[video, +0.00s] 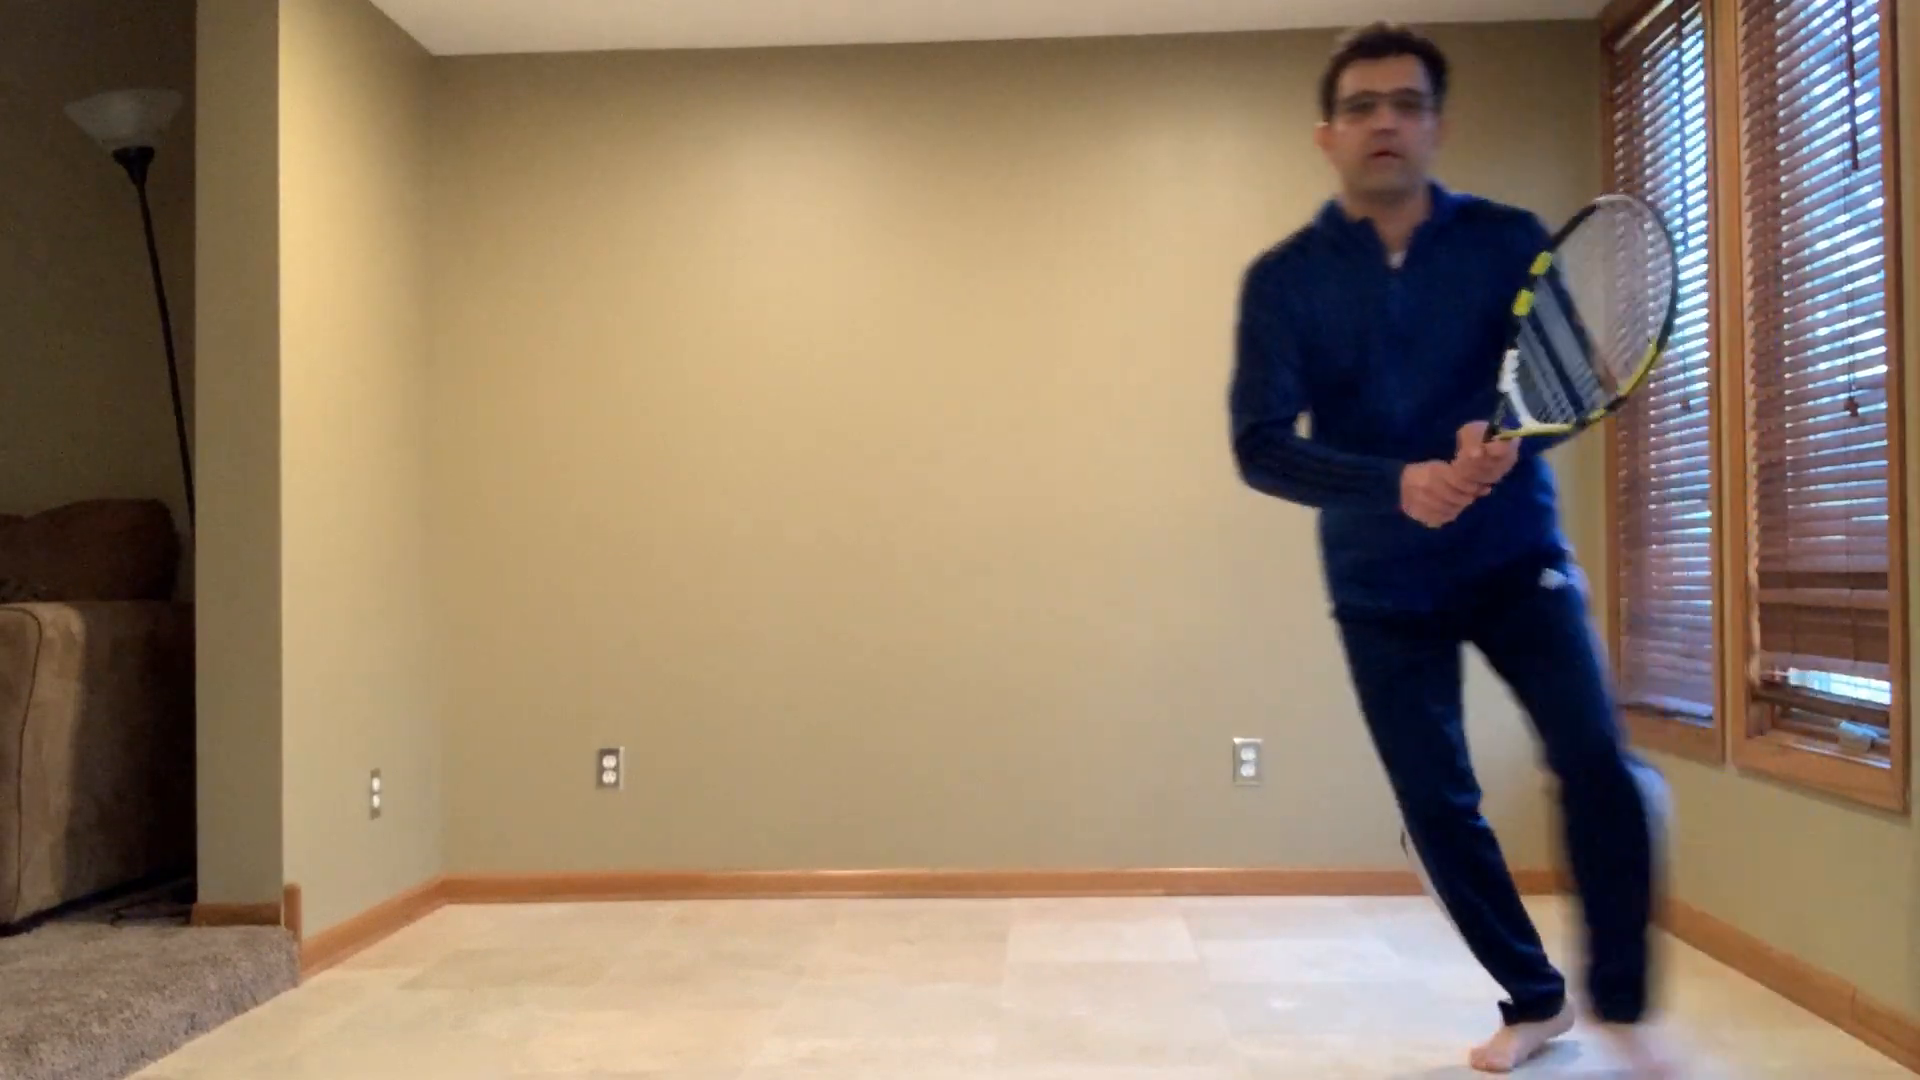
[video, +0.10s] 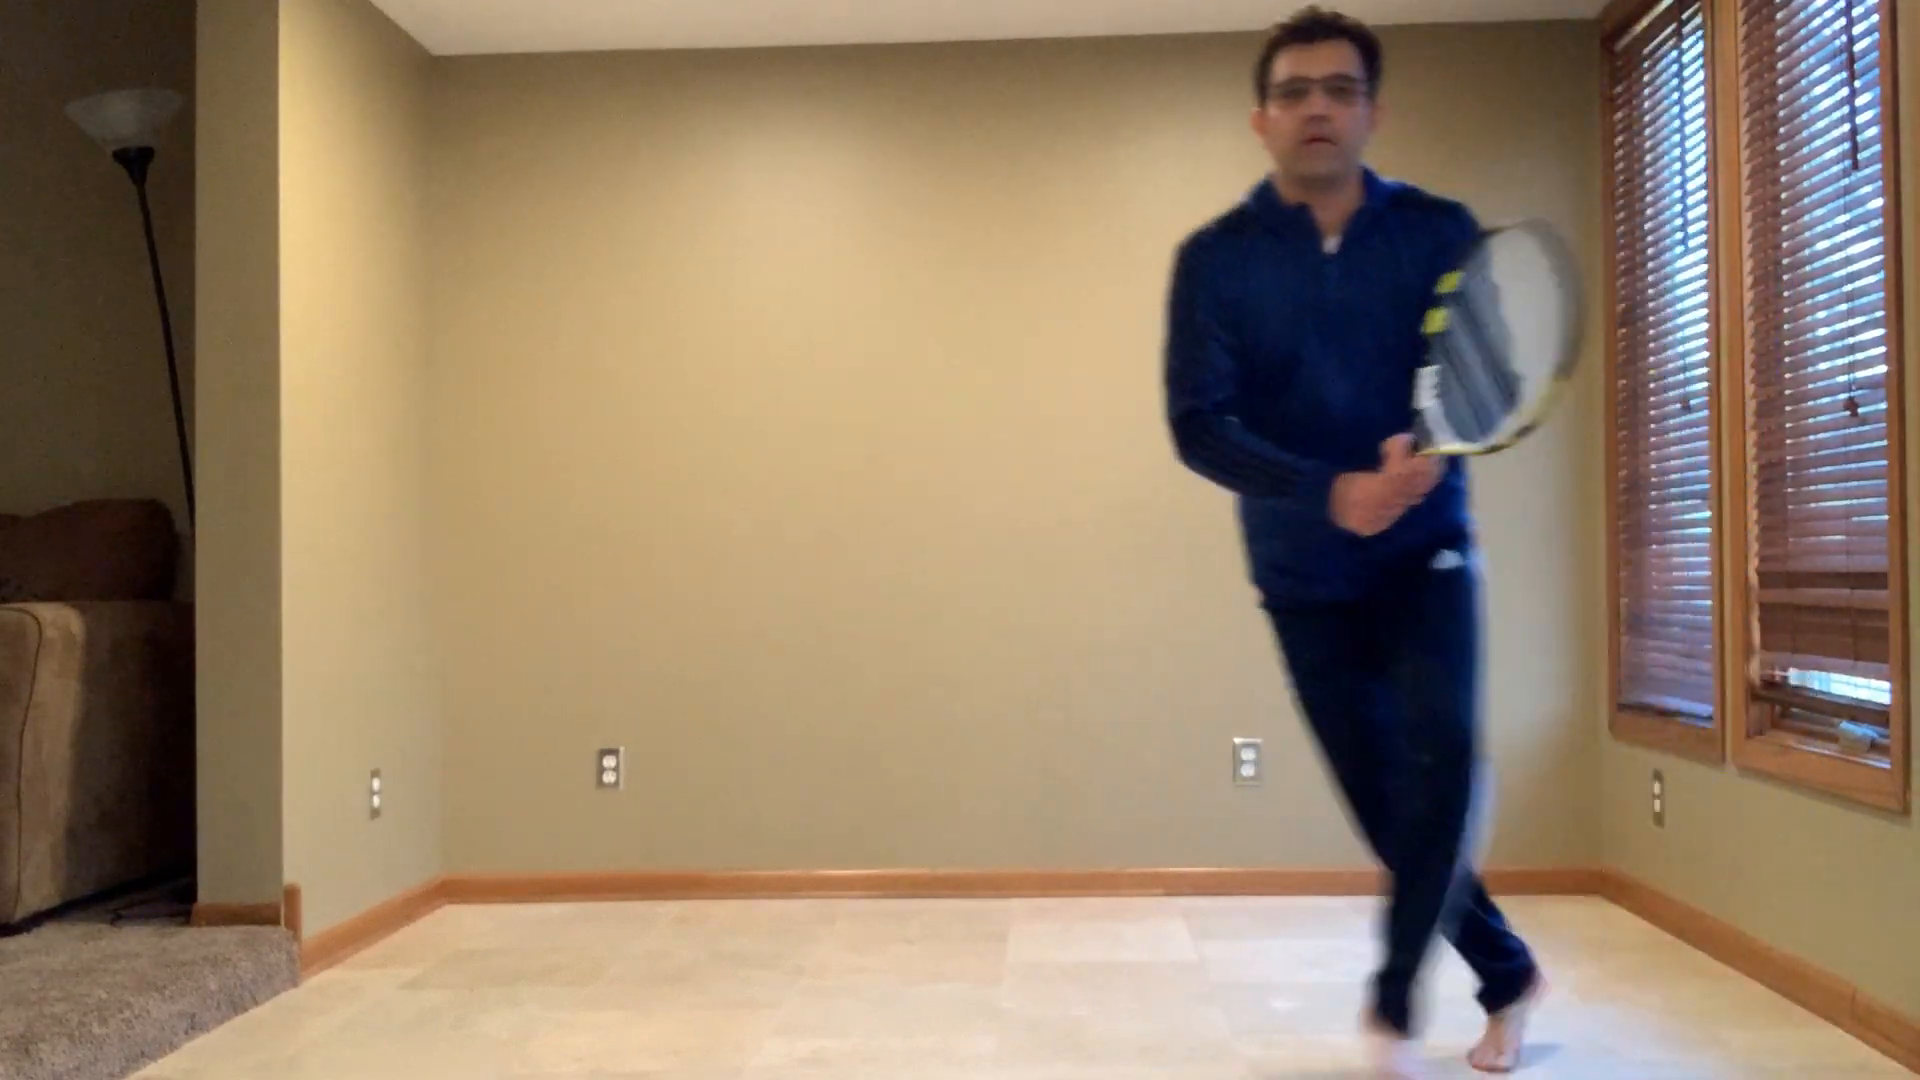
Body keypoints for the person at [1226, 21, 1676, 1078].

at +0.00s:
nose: (1385, 124)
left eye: (1408, 104)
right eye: (1360, 106)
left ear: (1440, 127)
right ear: (1325, 134)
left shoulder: (1506, 238)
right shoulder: (1284, 280)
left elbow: (1570, 377)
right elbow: (1260, 449)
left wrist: (1509, 435)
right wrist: (1394, 480)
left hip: (1515, 556)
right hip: (1383, 579)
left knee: (1595, 759)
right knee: (1435, 805)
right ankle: (1533, 1001)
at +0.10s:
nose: (1317, 108)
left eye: (1339, 89)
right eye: (1293, 91)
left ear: (1373, 110)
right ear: (1260, 116)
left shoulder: (1437, 229)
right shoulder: (1216, 258)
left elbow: (1486, 373)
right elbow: (1197, 427)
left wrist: (1433, 439)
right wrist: (1328, 492)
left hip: (1427, 547)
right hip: (1303, 567)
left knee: (1443, 766)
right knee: (1378, 791)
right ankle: (1507, 973)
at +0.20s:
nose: (1232, 130)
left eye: (1255, 111)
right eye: (1210, 111)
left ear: (1290, 131)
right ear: (1179, 134)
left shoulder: (1356, 252)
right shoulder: (1134, 272)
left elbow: (1405, 403)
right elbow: (1118, 436)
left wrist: (1316, 486)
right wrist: (1222, 522)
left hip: (1335, 575)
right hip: (1209, 584)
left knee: (1335, 787)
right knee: (1213, 792)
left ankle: (1333, 1006)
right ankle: (1329, 909)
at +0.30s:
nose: (1127, 152)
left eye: (1150, 133)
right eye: (1106, 132)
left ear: (1188, 152)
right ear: (1077, 152)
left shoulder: (1251, 271)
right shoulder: (1043, 293)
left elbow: (1295, 423)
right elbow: (1023, 455)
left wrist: (1194, 519)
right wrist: (1106, 533)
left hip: (1252, 578)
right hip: (1114, 584)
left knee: (1299, 791)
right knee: (1044, 774)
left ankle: (1330, 1026)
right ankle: (1048, 970)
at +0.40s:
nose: (1018, 141)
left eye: (1045, 123)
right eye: (998, 121)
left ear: (1085, 142)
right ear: (974, 138)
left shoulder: (1146, 261)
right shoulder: (936, 278)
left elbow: (1184, 418)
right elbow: (920, 436)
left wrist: (1079, 492)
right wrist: (999, 508)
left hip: (1141, 584)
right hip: (1002, 593)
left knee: (1232, 798)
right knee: (933, 797)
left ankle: (1321, 1033)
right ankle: (908, 1020)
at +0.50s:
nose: (922, 123)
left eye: (948, 106)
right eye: (907, 103)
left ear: (994, 124)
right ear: (889, 117)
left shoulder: (1050, 246)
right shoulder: (842, 252)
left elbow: (1080, 407)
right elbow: (814, 405)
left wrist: (978, 468)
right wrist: (892, 489)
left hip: (1036, 560)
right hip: (899, 568)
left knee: (1101, 769)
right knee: (868, 790)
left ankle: (1142, 1015)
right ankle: (904, 1012)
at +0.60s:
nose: (829, 120)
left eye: (855, 102)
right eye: (818, 101)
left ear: (909, 117)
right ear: (804, 112)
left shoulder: (970, 241)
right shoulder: (762, 240)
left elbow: (993, 394)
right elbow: (727, 388)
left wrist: (883, 464)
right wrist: (793, 476)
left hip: (941, 549)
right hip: (808, 547)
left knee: (965, 763)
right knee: (750, 756)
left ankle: (936, 994)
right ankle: (790, 964)